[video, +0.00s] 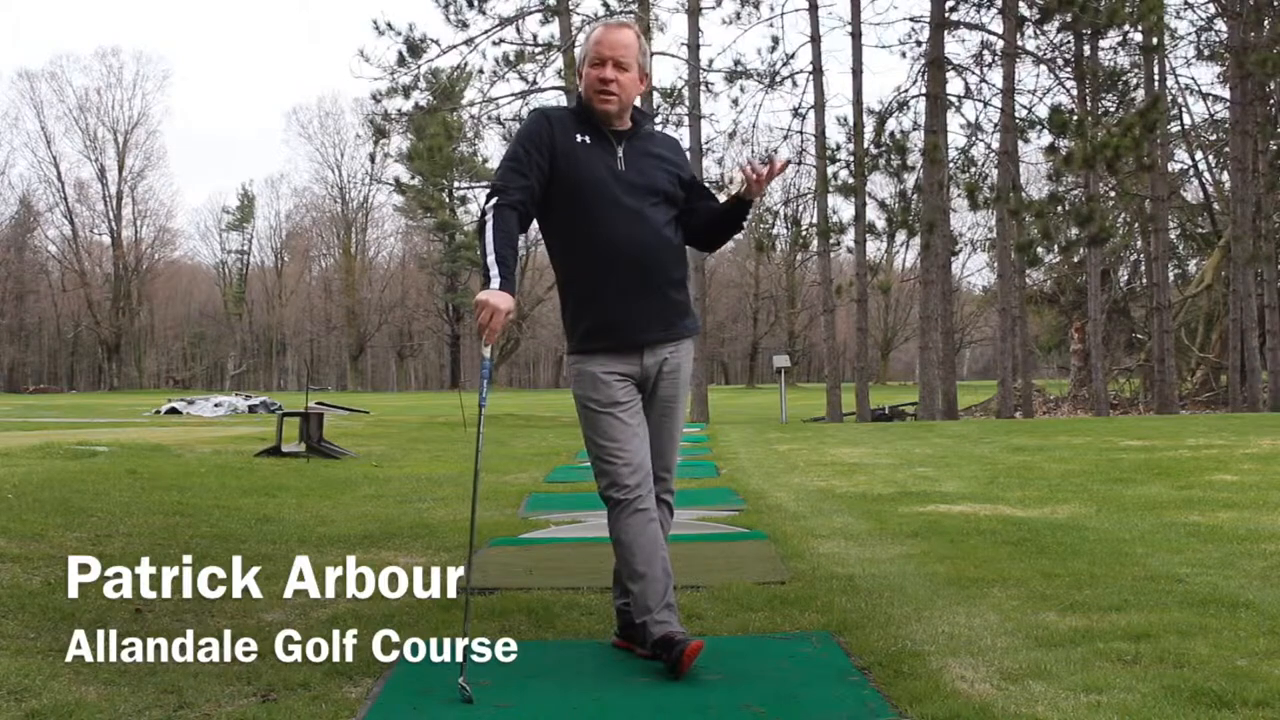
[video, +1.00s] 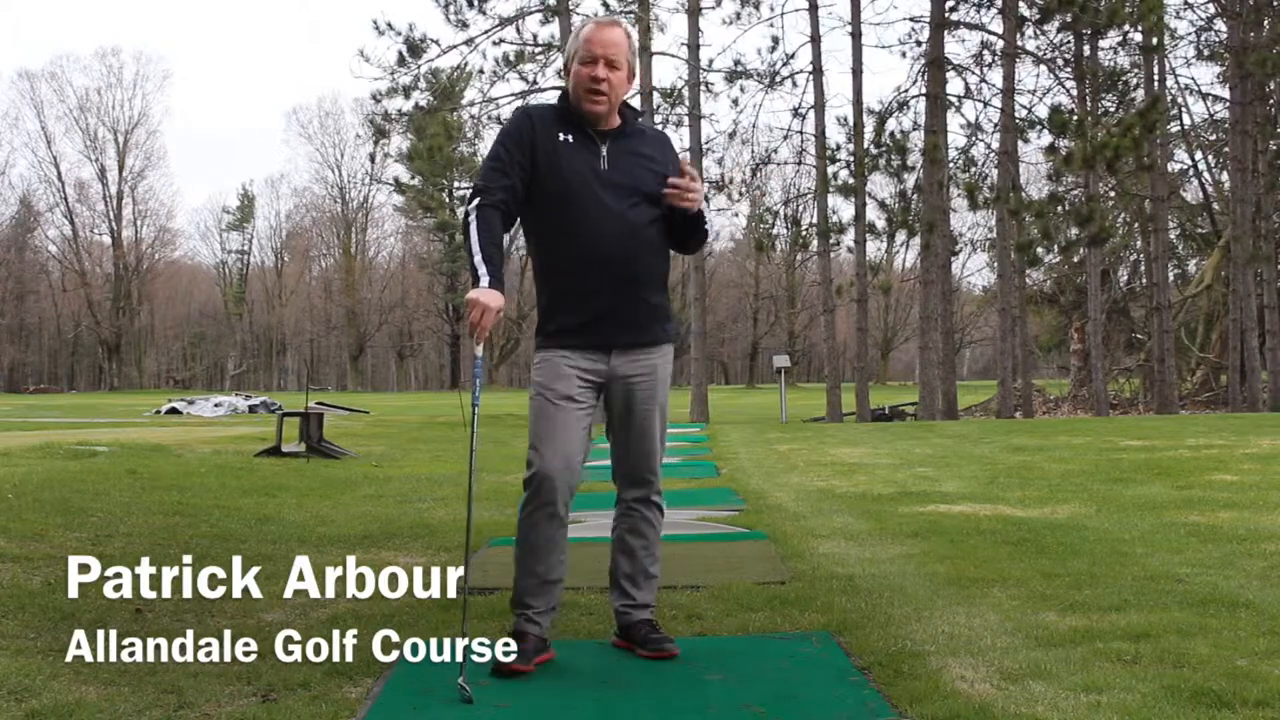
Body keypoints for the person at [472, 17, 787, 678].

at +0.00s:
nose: (607, 75)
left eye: (620, 66)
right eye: (598, 63)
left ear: (642, 80)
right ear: (580, 71)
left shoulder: (664, 149)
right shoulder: (549, 129)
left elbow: (704, 233)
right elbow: (508, 205)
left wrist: (742, 198)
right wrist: (500, 283)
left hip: (672, 342)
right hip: (600, 348)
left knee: (657, 490)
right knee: (628, 488)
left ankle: (634, 620)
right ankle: (663, 627)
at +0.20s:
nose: (596, 73)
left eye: (610, 64)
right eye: (588, 62)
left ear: (636, 77)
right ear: (573, 71)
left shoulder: (662, 146)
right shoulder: (545, 130)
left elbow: (702, 232)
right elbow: (505, 206)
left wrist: (742, 197)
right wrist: (498, 284)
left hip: (672, 340)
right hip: (599, 347)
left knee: (656, 490)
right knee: (628, 488)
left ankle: (633, 617)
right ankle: (664, 628)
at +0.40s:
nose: (592, 75)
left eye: (605, 64)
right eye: (582, 64)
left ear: (632, 73)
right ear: (569, 73)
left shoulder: (664, 146)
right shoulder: (546, 131)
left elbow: (684, 248)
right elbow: (503, 207)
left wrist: (699, 226)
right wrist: (498, 284)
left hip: (669, 340)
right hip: (595, 347)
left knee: (656, 490)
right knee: (627, 488)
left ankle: (632, 618)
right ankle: (664, 630)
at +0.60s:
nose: (595, 76)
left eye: (608, 64)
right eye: (585, 64)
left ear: (634, 75)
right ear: (571, 71)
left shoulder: (665, 145)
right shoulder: (545, 130)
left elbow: (696, 243)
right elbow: (502, 207)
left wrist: (698, 224)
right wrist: (500, 284)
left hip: (662, 341)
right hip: (586, 345)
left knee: (653, 486)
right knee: (616, 483)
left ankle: (634, 616)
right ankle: (655, 627)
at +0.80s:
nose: (597, 75)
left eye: (611, 64)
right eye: (587, 63)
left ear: (634, 75)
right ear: (571, 70)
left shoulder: (661, 144)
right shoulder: (541, 128)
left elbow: (696, 240)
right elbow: (497, 207)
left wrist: (690, 223)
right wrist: (497, 284)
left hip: (655, 340)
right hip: (576, 340)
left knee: (647, 483)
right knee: (585, 466)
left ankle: (638, 615)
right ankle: (594, 622)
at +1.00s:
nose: (597, 74)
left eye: (611, 64)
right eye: (587, 62)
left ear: (631, 76)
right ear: (567, 69)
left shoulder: (653, 143)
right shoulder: (533, 127)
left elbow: (687, 242)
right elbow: (489, 204)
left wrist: (693, 211)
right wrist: (488, 280)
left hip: (645, 341)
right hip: (564, 342)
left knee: (642, 486)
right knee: (550, 478)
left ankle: (636, 617)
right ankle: (531, 627)